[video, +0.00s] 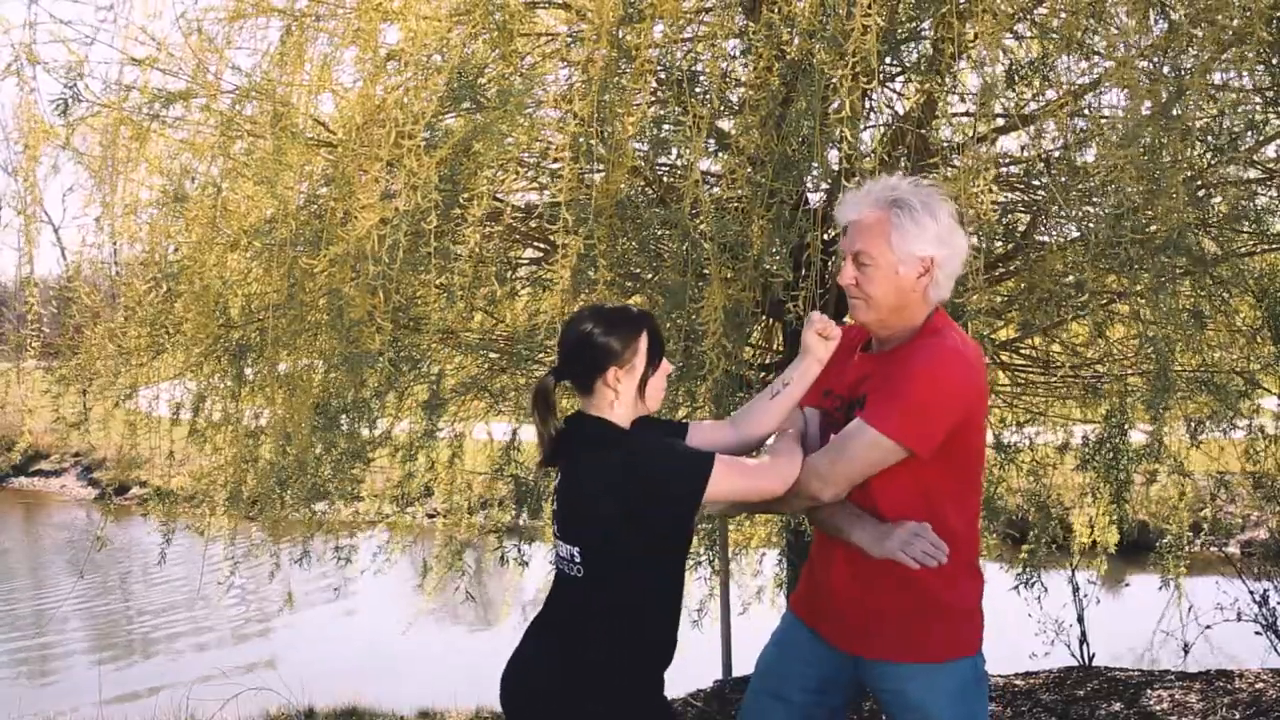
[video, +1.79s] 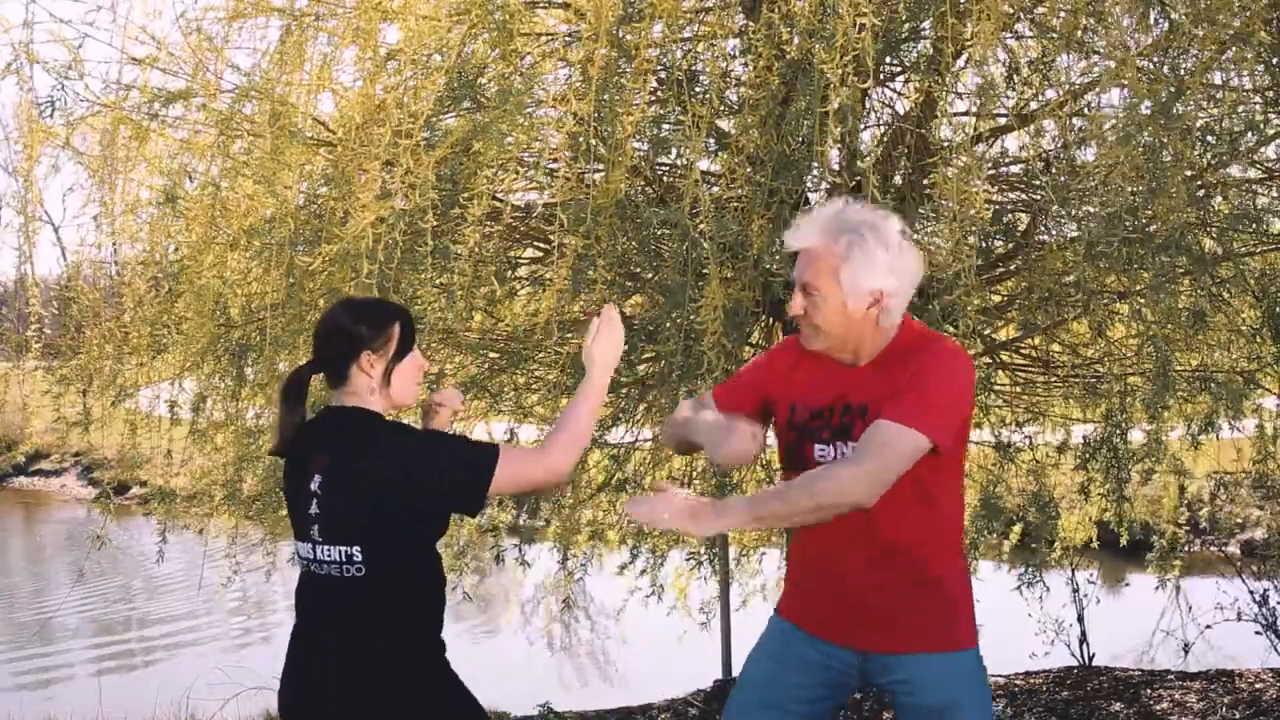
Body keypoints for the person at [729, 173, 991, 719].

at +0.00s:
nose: (843, 278)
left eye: (862, 263)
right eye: (844, 260)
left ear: (923, 270)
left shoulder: (947, 363)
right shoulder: (841, 343)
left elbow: (818, 480)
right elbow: (783, 465)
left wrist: (745, 487)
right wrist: (868, 531)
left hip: (925, 642)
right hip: (818, 623)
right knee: (762, 710)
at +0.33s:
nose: (834, 278)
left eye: (851, 262)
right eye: (833, 261)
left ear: (911, 265)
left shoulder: (952, 355)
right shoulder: (830, 349)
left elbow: (854, 493)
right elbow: (786, 464)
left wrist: (772, 550)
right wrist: (849, 517)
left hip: (936, 646)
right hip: (825, 630)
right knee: (773, 710)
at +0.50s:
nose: (831, 281)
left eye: (846, 264)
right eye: (830, 263)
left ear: (908, 265)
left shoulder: (973, 357)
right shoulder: (830, 354)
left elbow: (921, 497)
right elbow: (792, 462)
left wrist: (802, 562)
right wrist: (789, 491)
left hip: (953, 644)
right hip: (837, 631)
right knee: (789, 711)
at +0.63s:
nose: (824, 283)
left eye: (838, 267)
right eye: (824, 265)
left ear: (898, 268)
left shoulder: (978, 353)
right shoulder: (829, 353)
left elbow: (940, 493)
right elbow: (784, 461)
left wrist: (804, 527)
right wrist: (741, 445)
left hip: (960, 638)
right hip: (842, 625)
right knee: (789, 712)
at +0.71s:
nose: (811, 284)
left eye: (825, 268)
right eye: (811, 267)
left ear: (885, 268)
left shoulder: (968, 352)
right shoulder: (815, 359)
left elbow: (929, 490)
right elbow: (759, 464)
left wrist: (792, 494)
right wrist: (707, 430)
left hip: (957, 637)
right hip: (837, 628)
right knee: (784, 710)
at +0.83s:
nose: (783, 285)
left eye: (797, 268)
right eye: (783, 267)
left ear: (857, 266)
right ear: (852, 267)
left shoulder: (941, 348)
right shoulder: (789, 362)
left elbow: (898, 489)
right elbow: (715, 479)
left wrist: (766, 469)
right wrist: (649, 410)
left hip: (940, 637)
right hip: (820, 627)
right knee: (765, 710)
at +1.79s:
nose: (793, 308)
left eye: (810, 294)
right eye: (796, 290)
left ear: (875, 302)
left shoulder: (939, 365)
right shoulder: (790, 359)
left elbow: (857, 483)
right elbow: (679, 423)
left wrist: (710, 515)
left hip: (930, 646)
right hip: (805, 635)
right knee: (744, 710)